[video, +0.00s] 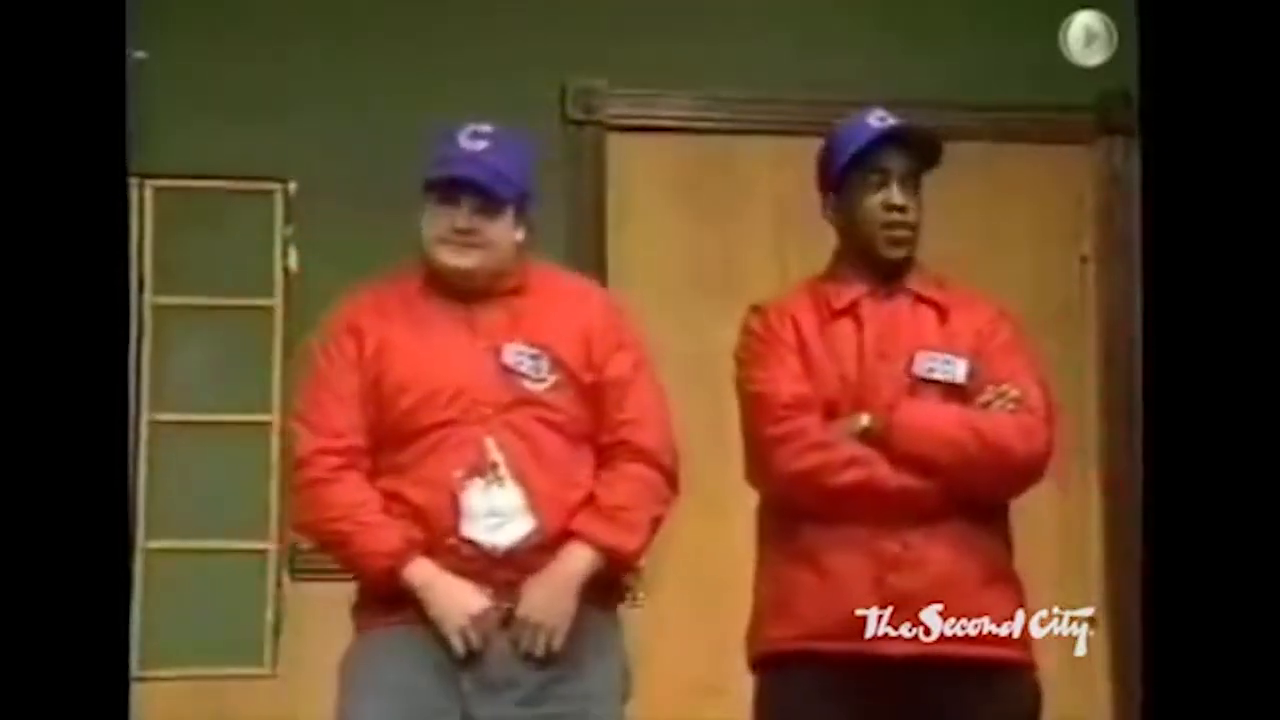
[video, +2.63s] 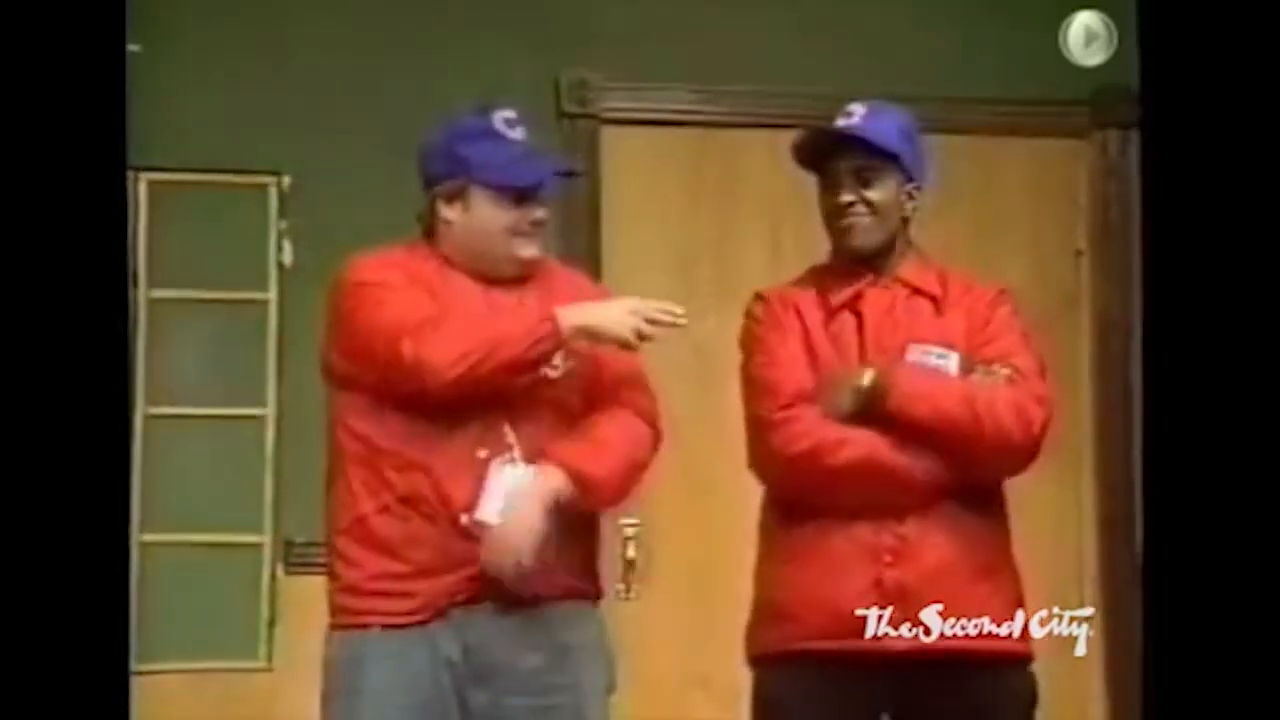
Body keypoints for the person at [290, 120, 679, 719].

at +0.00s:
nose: (461, 222)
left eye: (485, 208)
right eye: (446, 201)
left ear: (521, 227)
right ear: (423, 212)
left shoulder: (587, 314)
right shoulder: (364, 322)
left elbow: (645, 459)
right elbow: (323, 475)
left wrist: (569, 571)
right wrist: (426, 578)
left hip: (565, 627)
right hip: (409, 627)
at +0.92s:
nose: (542, 213)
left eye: (541, 196)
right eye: (518, 200)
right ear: (453, 216)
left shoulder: (589, 314)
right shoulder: (359, 306)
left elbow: (631, 465)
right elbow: (307, 453)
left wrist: (549, 579)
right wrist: (400, 561)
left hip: (541, 627)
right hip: (382, 627)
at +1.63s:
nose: (553, 211)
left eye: (553, 194)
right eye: (530, 196)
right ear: (466, 208)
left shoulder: (595, 311)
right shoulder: (370, 302)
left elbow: (642, 462)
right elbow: (334, 450)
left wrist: (572, 576)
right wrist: (429, 559)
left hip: (554, 632)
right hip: (398, 632)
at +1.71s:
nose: (553, 211)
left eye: (553, 194)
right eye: (529, 196)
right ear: (464, 208)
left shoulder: (591, 310)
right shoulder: (377, 294)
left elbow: (642, 460)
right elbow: (362, 427)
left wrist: (572, 569)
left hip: (549, 631)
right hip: (396, 636)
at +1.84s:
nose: (553, 211)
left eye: (551, 193)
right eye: (527, 196)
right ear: (463, 209)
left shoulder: (587, 309)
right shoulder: (378, 286)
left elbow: (638, 461)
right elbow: (416, 393)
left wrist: (573, 573)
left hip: (546, 629)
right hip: (396, 637)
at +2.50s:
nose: (541, 215)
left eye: (544, 199)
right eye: (520, 200)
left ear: (552, 200)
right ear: (453, 208)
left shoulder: (569, 296)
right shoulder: (374, 283)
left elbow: (637, 441)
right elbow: (433, 370)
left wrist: (570, 540)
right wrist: (561, 322)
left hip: (547, 625)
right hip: (394, 633)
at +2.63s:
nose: (539, 212)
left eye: (541, 196)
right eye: (517, 197)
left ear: (550, 199)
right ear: (450, 206)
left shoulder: (572, 292)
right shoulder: (374, 283)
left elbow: (634, 418)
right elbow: (434, 362)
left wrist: (548, 486)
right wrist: (566, 320)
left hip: (549, 623)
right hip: (395, 631)